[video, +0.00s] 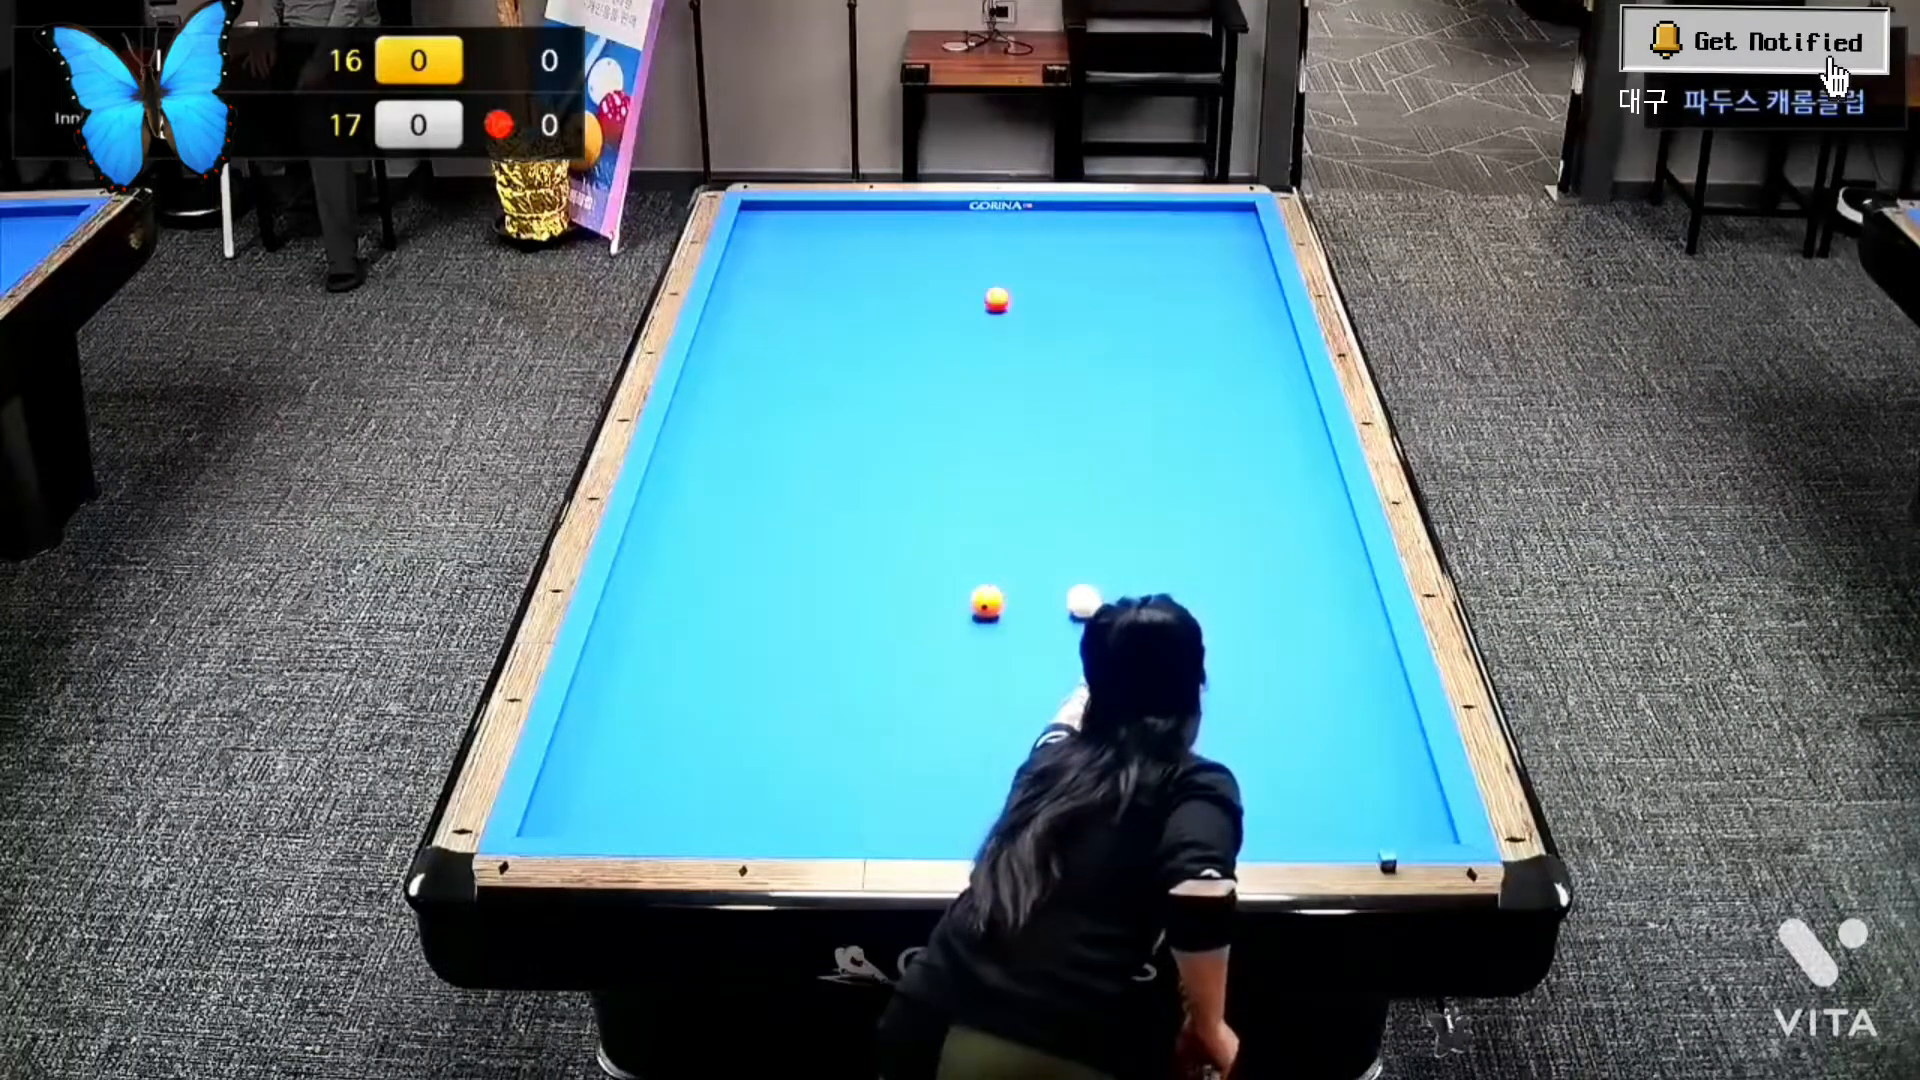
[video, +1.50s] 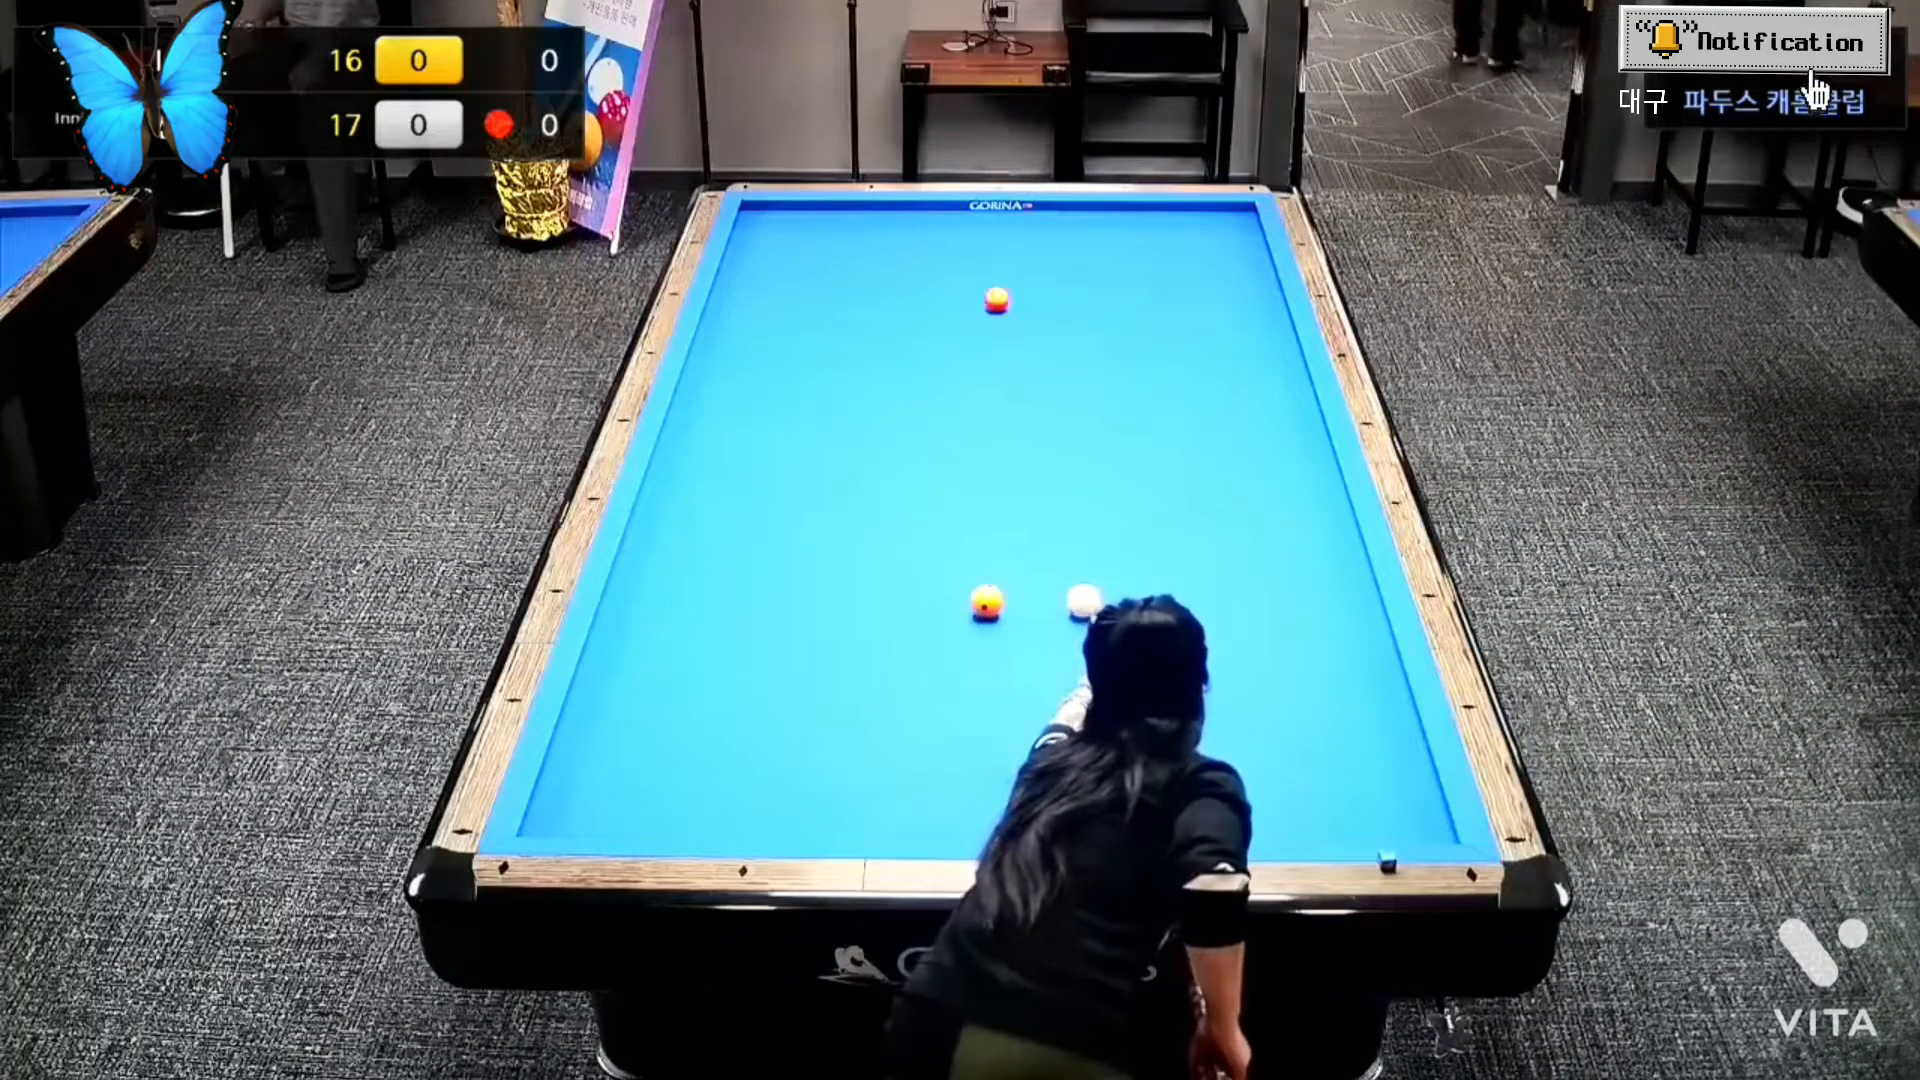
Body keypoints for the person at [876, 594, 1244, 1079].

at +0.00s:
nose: (1205, 680)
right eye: (1201, 671)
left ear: (1096, 684)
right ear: (1194, 684)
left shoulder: (1052, 757)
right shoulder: (1198, 781)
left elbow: (1071, 715)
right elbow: (1199, 894)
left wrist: (1097, 674)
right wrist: (1208, 1023)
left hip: (956, 1030)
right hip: (1078, 1049)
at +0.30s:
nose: (1205, 679)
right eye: (1200, 669)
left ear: (1096, 684)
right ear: (1192, 683)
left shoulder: (1052, 756)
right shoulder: (1199, 780)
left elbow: (1071, 714)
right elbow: (1202, 892)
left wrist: (1096, 675)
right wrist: (1211, 1037)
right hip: (1077, 1048)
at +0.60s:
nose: (1204, 678)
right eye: (1200, 668)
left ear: (1096, 685)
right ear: (1193, 682)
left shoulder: (1052, 757)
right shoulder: (1199, 778)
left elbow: (1071, 714)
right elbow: (1202, 891)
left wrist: (1095, 677)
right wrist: (1217, 1040)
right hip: (1072, 1045)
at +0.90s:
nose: (1205, 679)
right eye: (1201, 670)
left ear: (1097, 685)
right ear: (1192, 682)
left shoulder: (1052, 756)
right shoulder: (1201, 780)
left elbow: (1070, 716)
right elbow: (1206, 886)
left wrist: (1093, 679)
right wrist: (1218, 1023)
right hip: (1078, 1045)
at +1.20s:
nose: (1207, 681)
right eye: (1203, 671)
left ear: (1099, 686)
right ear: (1195, 683)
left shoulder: (1052, 757)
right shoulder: (1203, 779)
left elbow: (1077, 704)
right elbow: (1208, 891)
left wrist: (1099, 671)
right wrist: (1223, 1040)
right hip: (1075, 1042)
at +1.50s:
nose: (1209, 681)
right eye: (1204, 671)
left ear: (1099, 687)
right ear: (1195, 684)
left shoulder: (1052, 758)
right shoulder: (1205, 781)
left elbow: (1077, 704)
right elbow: (1212, 889)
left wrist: (1099, 669)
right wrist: (1222, 1024)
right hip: (1083, 1041)